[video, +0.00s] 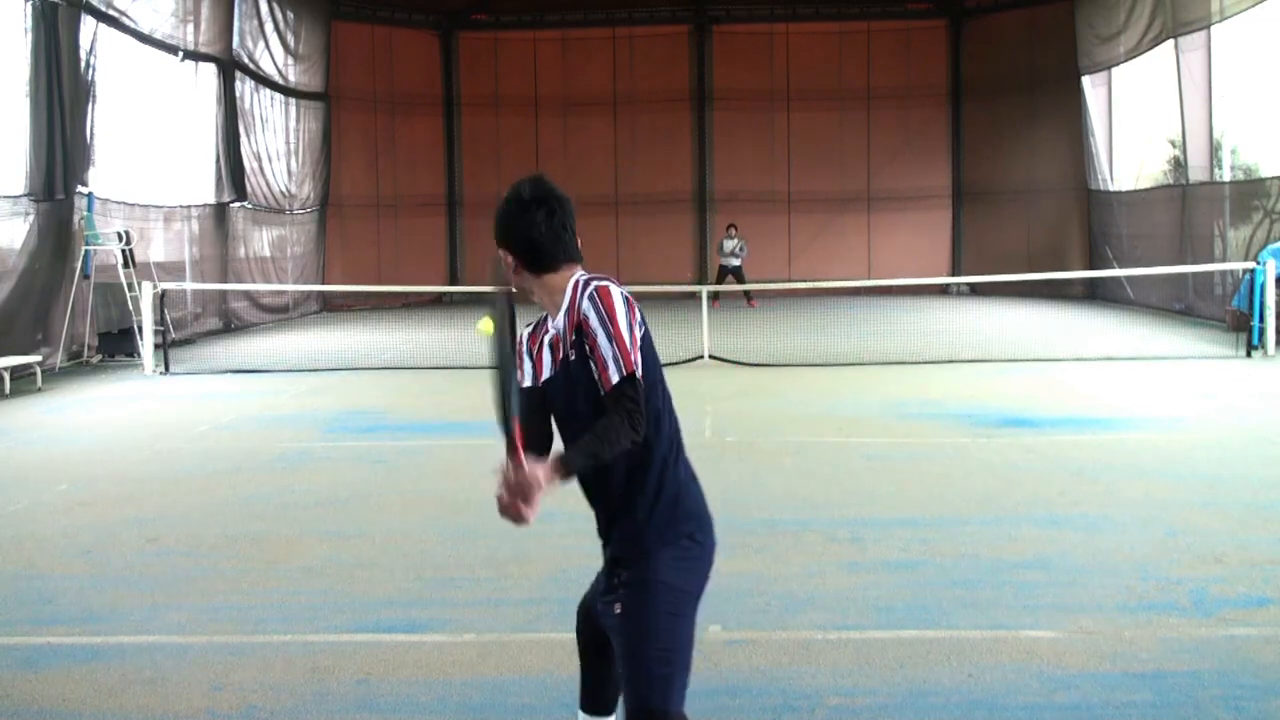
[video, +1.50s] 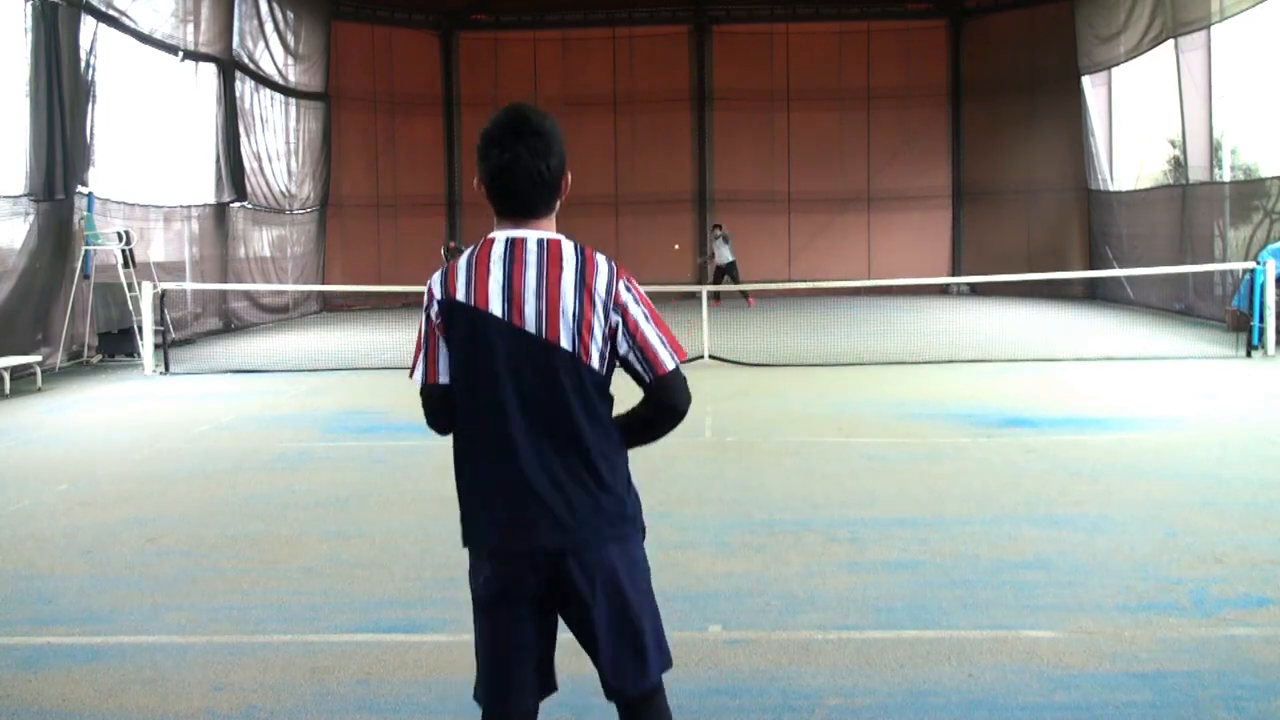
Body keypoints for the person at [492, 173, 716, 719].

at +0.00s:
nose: (500, 262)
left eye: (499, 252)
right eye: (502, 250)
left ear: (512, 261)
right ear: (570, 237)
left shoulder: (600, 299)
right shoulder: (532, 342)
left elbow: (631, 417)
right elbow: (534, 445)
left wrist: (550, 470)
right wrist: (517, 486)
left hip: (671, 537)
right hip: (625, 544)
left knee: (653, 704)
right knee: (596, 621)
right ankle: (596, 717)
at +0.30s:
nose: (488, 218)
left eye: (486, 208)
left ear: (495, 216)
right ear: (558, 196)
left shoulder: (495, 280)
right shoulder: (619, 263)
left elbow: (558, 293)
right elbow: (673, 329)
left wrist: (632, 262)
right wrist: (661, 267)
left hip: (560, 485)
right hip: (638, 482)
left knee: (602, 649)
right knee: (625, 634)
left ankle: (625, 716)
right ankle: (615, 715)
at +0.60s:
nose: (477, 186)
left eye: (478, 177)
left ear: (484, 188)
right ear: (550, 175)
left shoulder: (479, 257)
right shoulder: (592, 263)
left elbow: (560, 270)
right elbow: (681, 335)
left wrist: (647, 246)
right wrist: (707, 263)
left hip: (511, 478)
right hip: (588, 481)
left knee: (509, 627)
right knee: (595, 634)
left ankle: (491, 718)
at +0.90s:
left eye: (475, 189)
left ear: (479, 201)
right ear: (557, 194)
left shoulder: (459, 279)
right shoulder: (579, 290)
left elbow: (497, 376)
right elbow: (614, 425)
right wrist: (630, 417)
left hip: (478, 497)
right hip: (559, 500)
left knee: (486, 645)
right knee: (628, 625)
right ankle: (611, 719)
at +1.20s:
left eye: (506, 178)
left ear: (507, 190)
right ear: (589, 184)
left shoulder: (477, 284)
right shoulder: (625, 278)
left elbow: (468, 402)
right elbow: (686, 393)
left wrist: (531, 401)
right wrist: (627, 410)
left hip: (511, 514)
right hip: (604, 514)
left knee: (482, 673)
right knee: (613, 684)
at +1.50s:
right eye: (569, 169)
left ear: (481, 188)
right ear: (566, 183)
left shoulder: (447, 283)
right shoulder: (602, 276)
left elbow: (440, 414)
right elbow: (672, 399)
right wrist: (601, 436)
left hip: (498, 529)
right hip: (594, 524)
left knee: (506, 702)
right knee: (640, 693)